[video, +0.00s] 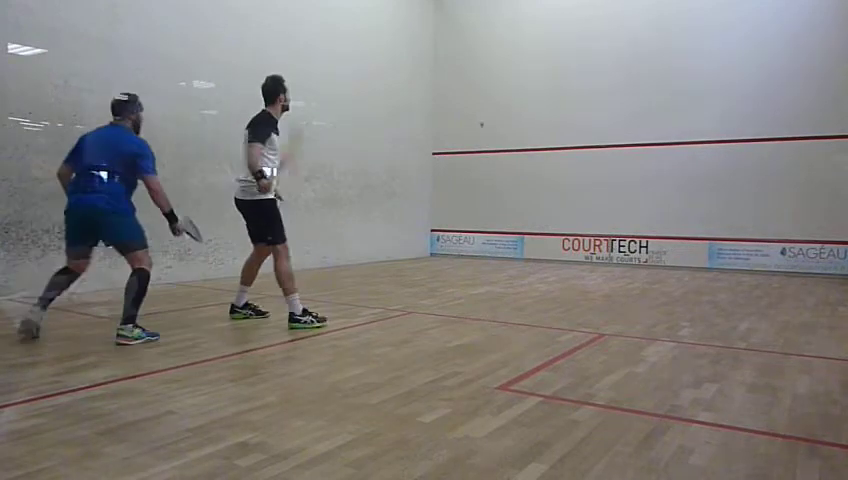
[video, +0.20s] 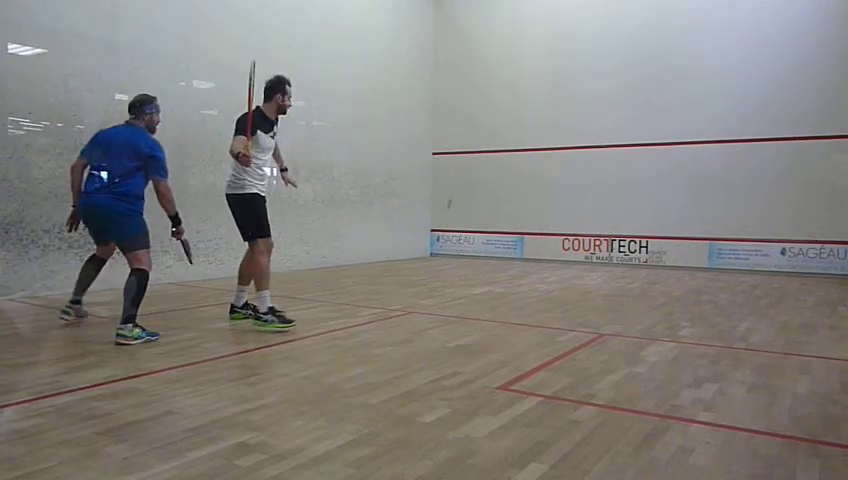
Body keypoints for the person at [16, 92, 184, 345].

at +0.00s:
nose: (142, 120)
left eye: (141, 115)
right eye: (141, 115)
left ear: (114, 116)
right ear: (135, 117)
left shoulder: (89, 137)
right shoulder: (138, 145)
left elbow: (64, 173)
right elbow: (154, 188)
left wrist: (79, 202)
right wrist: (172, 219)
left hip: (78, 209)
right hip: (114, 210)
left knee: (75, 266)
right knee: (141, 265)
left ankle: (38, 310)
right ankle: (128, 327)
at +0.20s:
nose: (159, 120)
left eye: (159, 114)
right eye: (157, 115)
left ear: (133, 114)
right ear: (146, 115)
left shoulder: (104, 135)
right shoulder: (150, 146)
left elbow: (77, 167)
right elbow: (162, 189)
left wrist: (76, 206)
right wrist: (176, 222)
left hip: (90, 206)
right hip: (124, 210)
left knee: (104, 250)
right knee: (141, 265)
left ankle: (74, 303)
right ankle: (128, 326)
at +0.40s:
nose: (168, 122)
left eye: (168, 116)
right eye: (166, 117)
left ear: (143, 116)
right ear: (155, 117)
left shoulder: (117, 137)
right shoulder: (156, 146)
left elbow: (93, 170)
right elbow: (166, 188)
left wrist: (94, 208)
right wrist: (179, 221)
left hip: (103, 205)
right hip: (134, 208)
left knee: (110, 252)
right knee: (157, 257)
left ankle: (85, 305)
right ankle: (129, 308)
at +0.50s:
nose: (177, 122)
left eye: (177, 117)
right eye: (175, 117)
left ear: (154, 117)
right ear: (165, 117)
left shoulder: (131, 136)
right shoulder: (165, 144)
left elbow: (113, 169)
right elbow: (172, 186)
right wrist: (185, 220)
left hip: (110, 202)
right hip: (140, 205)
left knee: (111, 253)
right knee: (170, 254)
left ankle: (85, 306)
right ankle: (137, 306)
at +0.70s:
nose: (202, 116)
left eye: (201, 111)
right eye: (200, 111)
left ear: (178, 111)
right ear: (191, 112)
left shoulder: (156, 130)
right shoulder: (197, 138)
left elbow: (134, 161)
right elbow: (204, 176)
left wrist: (156, 175)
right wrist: (215, 207)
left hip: (144, 199)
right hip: (173, 202)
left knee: (145, 246)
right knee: (177, 257)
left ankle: (115, 294)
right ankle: (139, 303)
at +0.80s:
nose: (215, 125)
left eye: (215, 120)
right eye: (213, 120)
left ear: (192, 120)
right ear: (205, 121)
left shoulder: (169, 142)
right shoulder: (212, 146)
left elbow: (155, 175)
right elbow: (220, 185)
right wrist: (234, 213)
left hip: (159, 202)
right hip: (188, 204)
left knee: (162, 245)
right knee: (210, 251)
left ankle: (136, 296)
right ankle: (165, 286)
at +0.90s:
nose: (233, 140)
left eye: (233, 136)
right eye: (232, 136)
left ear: (211, 135)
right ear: (227, 136)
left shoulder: (196, 151)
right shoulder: (227, 158)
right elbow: (236, 193)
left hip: (175, 212)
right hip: (203, 215)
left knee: (166, 258)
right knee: (245, 239)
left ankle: (136, 303)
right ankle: (219, 288)